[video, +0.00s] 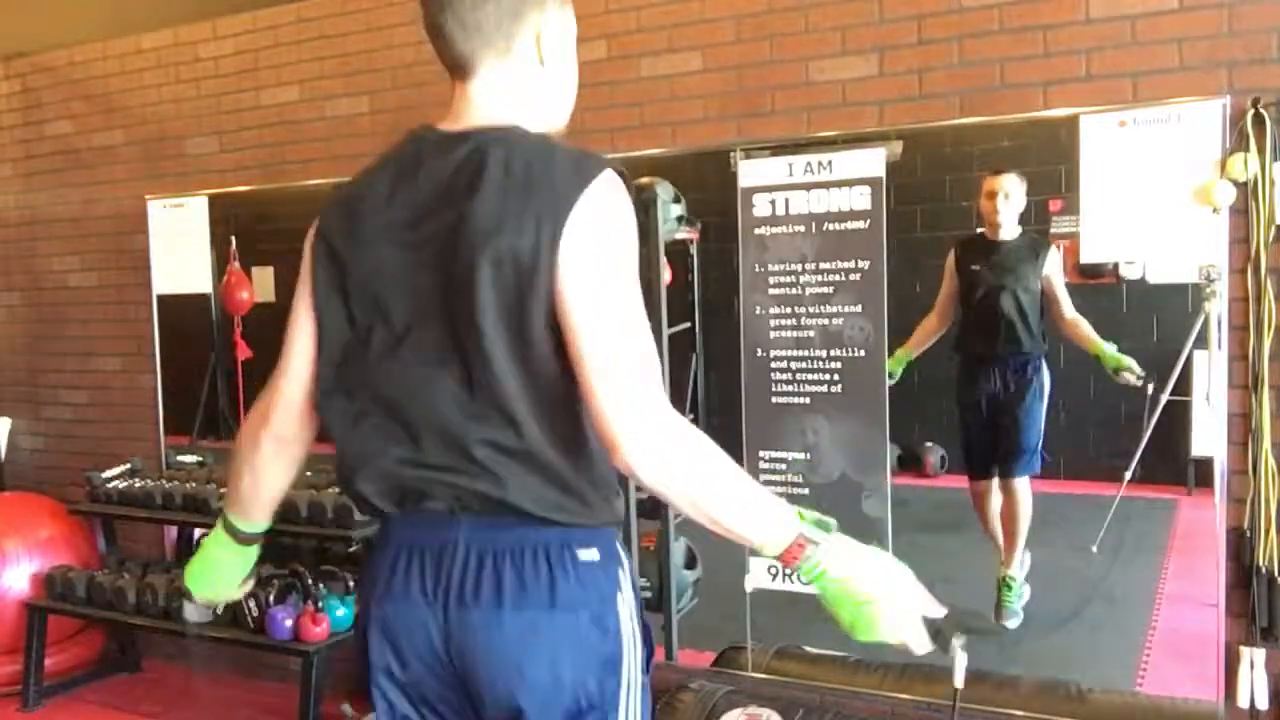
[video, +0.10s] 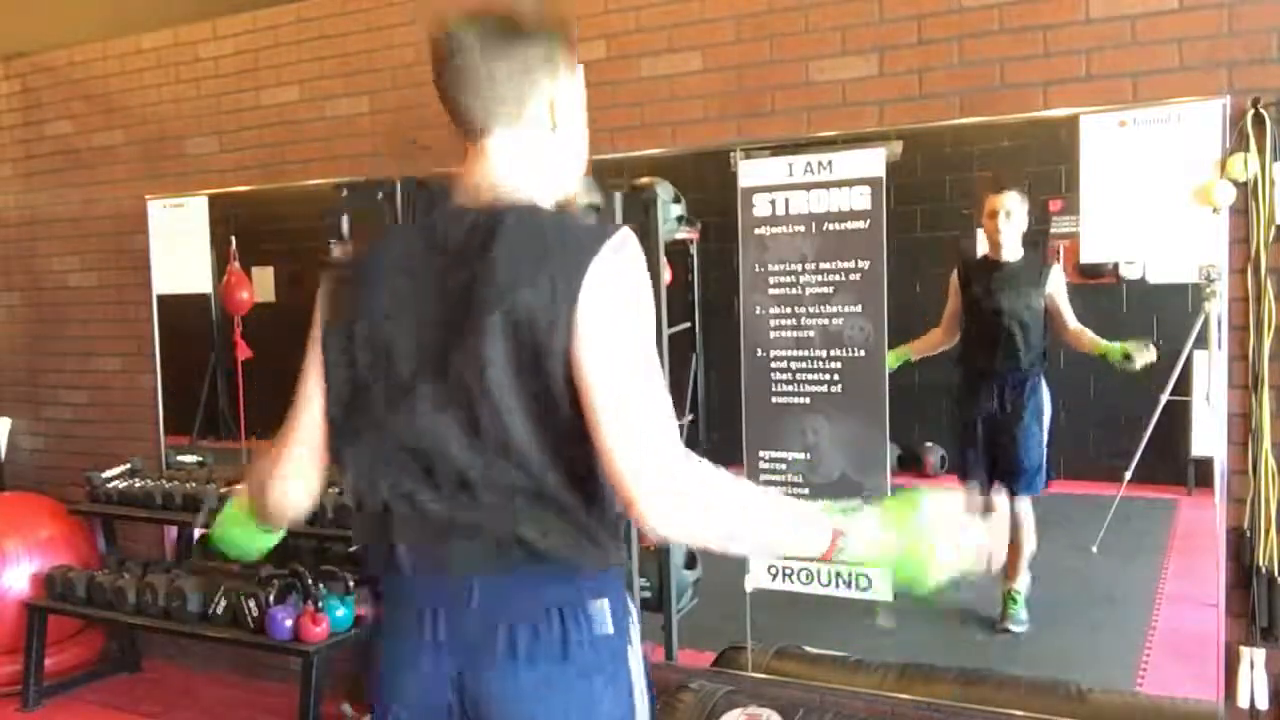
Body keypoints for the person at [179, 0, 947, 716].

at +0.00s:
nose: (576, 73)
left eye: (573, 47)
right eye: (573, 47)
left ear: (445, 52)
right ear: (546, 42)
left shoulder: (346, 213)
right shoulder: (576, 189)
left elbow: (283, 421)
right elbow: (639, 432)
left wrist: (232, 539)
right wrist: (815, 550)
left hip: (403, 581)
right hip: (554, 583)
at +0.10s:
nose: (587, 129)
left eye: (582, 107)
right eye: (580, 105)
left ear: (457, 115)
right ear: (558, 108)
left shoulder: (356, 278)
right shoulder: (590, 257)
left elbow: (285, 491)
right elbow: (662, 492)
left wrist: (255, 502)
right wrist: (855, 531)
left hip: (411, 618)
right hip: (559, 618)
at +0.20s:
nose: (593, 159)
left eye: (587, 138)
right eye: (589, 137)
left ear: (465, 147)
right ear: (569, 144)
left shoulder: (371, 308)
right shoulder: (609, 301)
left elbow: (286, 510)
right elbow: (699, 529)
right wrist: (877, 512)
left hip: (410, 666)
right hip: (561, 670)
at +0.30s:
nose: (597, 91)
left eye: (595, 65)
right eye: (593, 65)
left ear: (468, 70)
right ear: (565, 64)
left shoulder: (367, 226)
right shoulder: (599, 216)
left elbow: (290, 442)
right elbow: (672, 446)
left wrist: (266, 515)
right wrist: (839, 523)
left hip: (398, 597)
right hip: (545, 603)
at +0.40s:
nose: (589, 59)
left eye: (584, 37)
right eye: (586, 36)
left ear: (459, 48)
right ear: (562, 38)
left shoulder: (364, 206)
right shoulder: (594, 183)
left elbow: (295, 414)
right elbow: (655, 421)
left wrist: (240, 530)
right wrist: (827, 545)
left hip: (392, 566)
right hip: (542, 578)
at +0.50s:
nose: (585, 121)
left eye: (582, 96)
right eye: (580, 95)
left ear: (454, 104)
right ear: (557, 94)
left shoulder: (360, 264)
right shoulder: (591, 247)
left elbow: (282, 482)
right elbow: (646, 490)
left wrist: (253, 499)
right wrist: (838, 538)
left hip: (393, 615)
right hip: (543, 626)